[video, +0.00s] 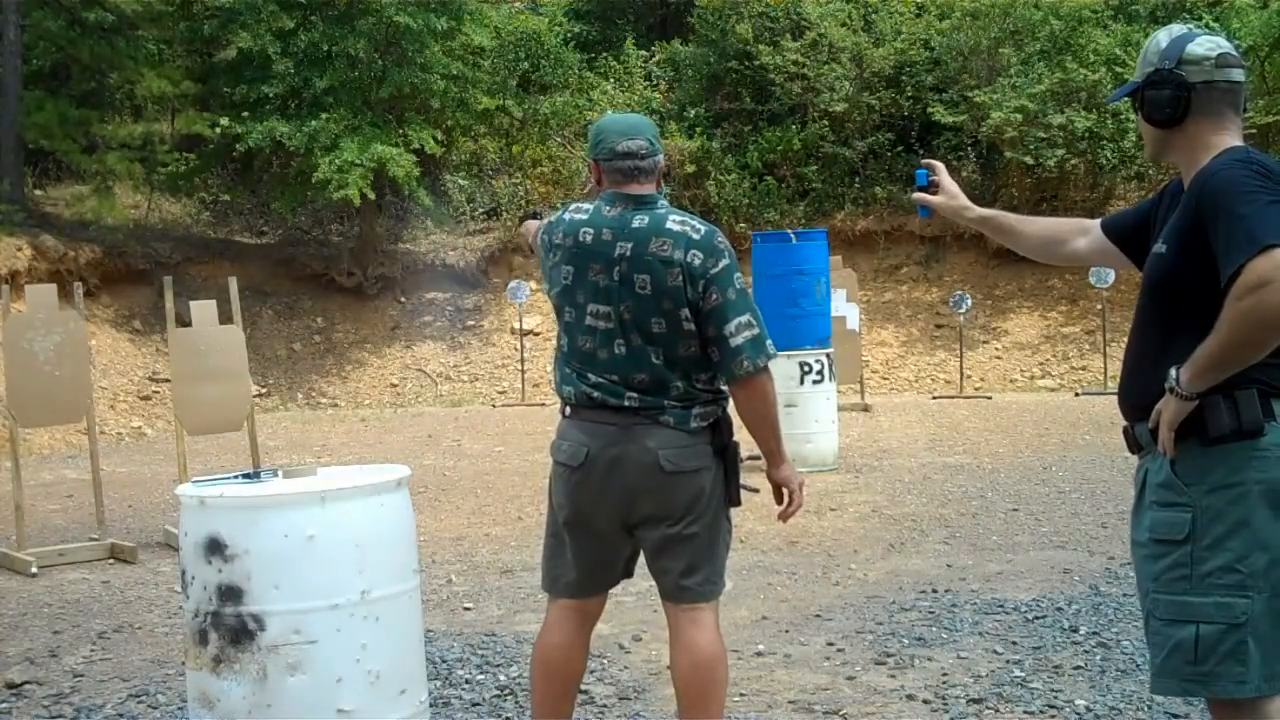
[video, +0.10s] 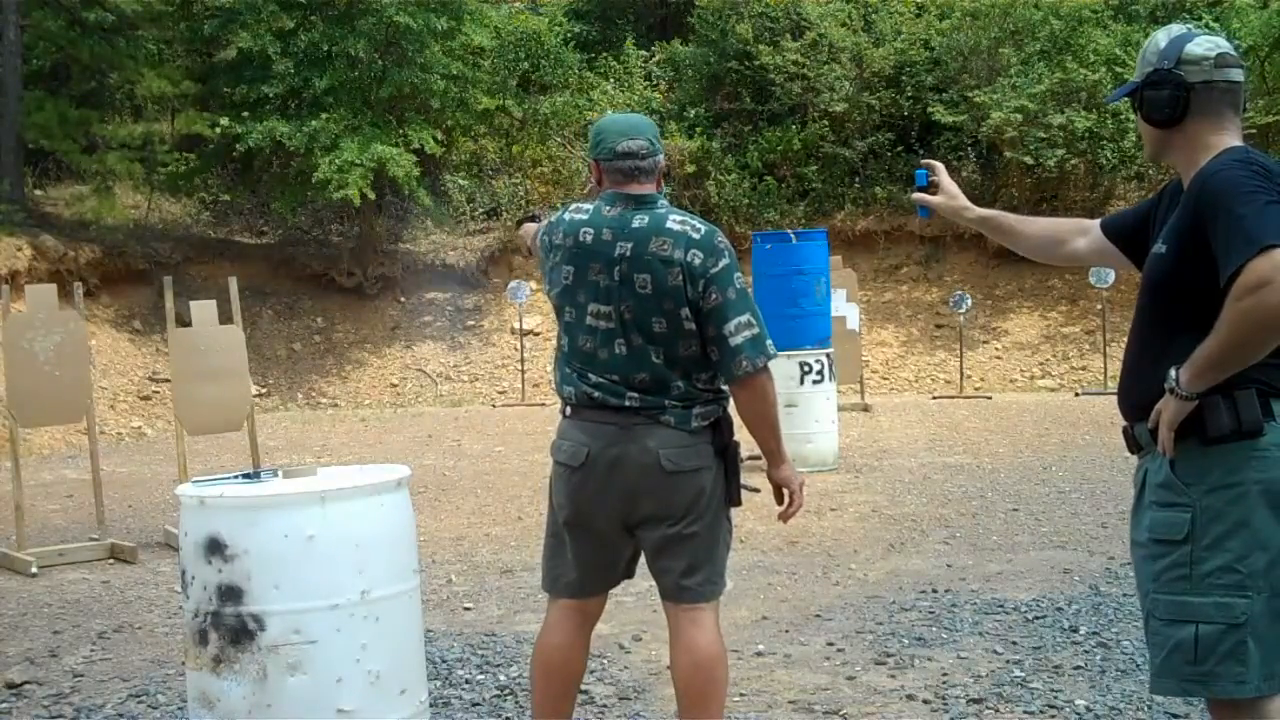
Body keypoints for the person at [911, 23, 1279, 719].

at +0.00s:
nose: (1139, 117)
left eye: (1143, 102)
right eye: (1139, 103)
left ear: (1167, 103)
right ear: (1223, 101)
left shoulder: (1234, 180)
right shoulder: (1183, 196)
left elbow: (1270, 286)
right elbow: (1081, 239)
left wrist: (1184, 385)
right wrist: (969, 214)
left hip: (1224, 463)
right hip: (1209, 459)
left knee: (1241, 694)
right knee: (1241, 687)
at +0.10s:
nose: (1138, 118)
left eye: (1142, 103)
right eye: (1139, 104)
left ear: (1166, 103)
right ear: (1222, 101)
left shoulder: (1234, 180)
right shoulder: (1184, 195)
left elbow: (1269, 286)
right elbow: (1079, 239)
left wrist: (1184, 385)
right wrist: (969, 214)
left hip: (1222, 462)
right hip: (1209, 457)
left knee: (1240, 693)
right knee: (1241, 686)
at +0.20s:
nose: (1138, 119)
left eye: (1142, 104)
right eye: (1138, 104)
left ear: (1165, 104)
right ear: (1222, 101)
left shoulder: (1233, 180)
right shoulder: (1185, 195)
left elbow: (1269, 286)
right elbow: (1079, 239)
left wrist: (1184, 385)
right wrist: (968, 213)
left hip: (1221, 462)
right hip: (1210, 456)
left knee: (1239, 692)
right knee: (1242, 685)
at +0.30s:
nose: (1138, 119)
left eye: (1141, 104)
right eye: (1138, 104)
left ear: (1164, 105)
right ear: (1223, 101)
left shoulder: (1233, 180)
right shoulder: (1185, 194)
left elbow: (1269, 287)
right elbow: (1079, 239)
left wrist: (1184, 386)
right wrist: (968, 213)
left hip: (1221, 462)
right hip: (1209, 456)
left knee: (1239, 692)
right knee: (1242, 685)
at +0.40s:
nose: (1137, 119)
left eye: (1141, 103)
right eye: (1138, 104)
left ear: (1164, 105)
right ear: (1223, 101)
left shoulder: (1233, 180)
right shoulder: (1185, 194)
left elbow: (1268, 287)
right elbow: (1079, 239)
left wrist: (1183, 386)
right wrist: (968, 213)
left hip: (1221, 462)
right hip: (1210, 456)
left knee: (1239, 692)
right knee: (1242, 685)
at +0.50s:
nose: (1137, 118)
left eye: (1141, 103)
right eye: (1137, 103)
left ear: (1163, 104)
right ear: (1223, 101)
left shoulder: (1233, 180)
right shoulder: (1185, 194)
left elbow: (1268, 287)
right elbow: (1079, 239)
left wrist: (1184, 386)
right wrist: (968, 213)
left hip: (1221, 462)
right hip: (1211, 456)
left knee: (1238, 692)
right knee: (1242, 685)